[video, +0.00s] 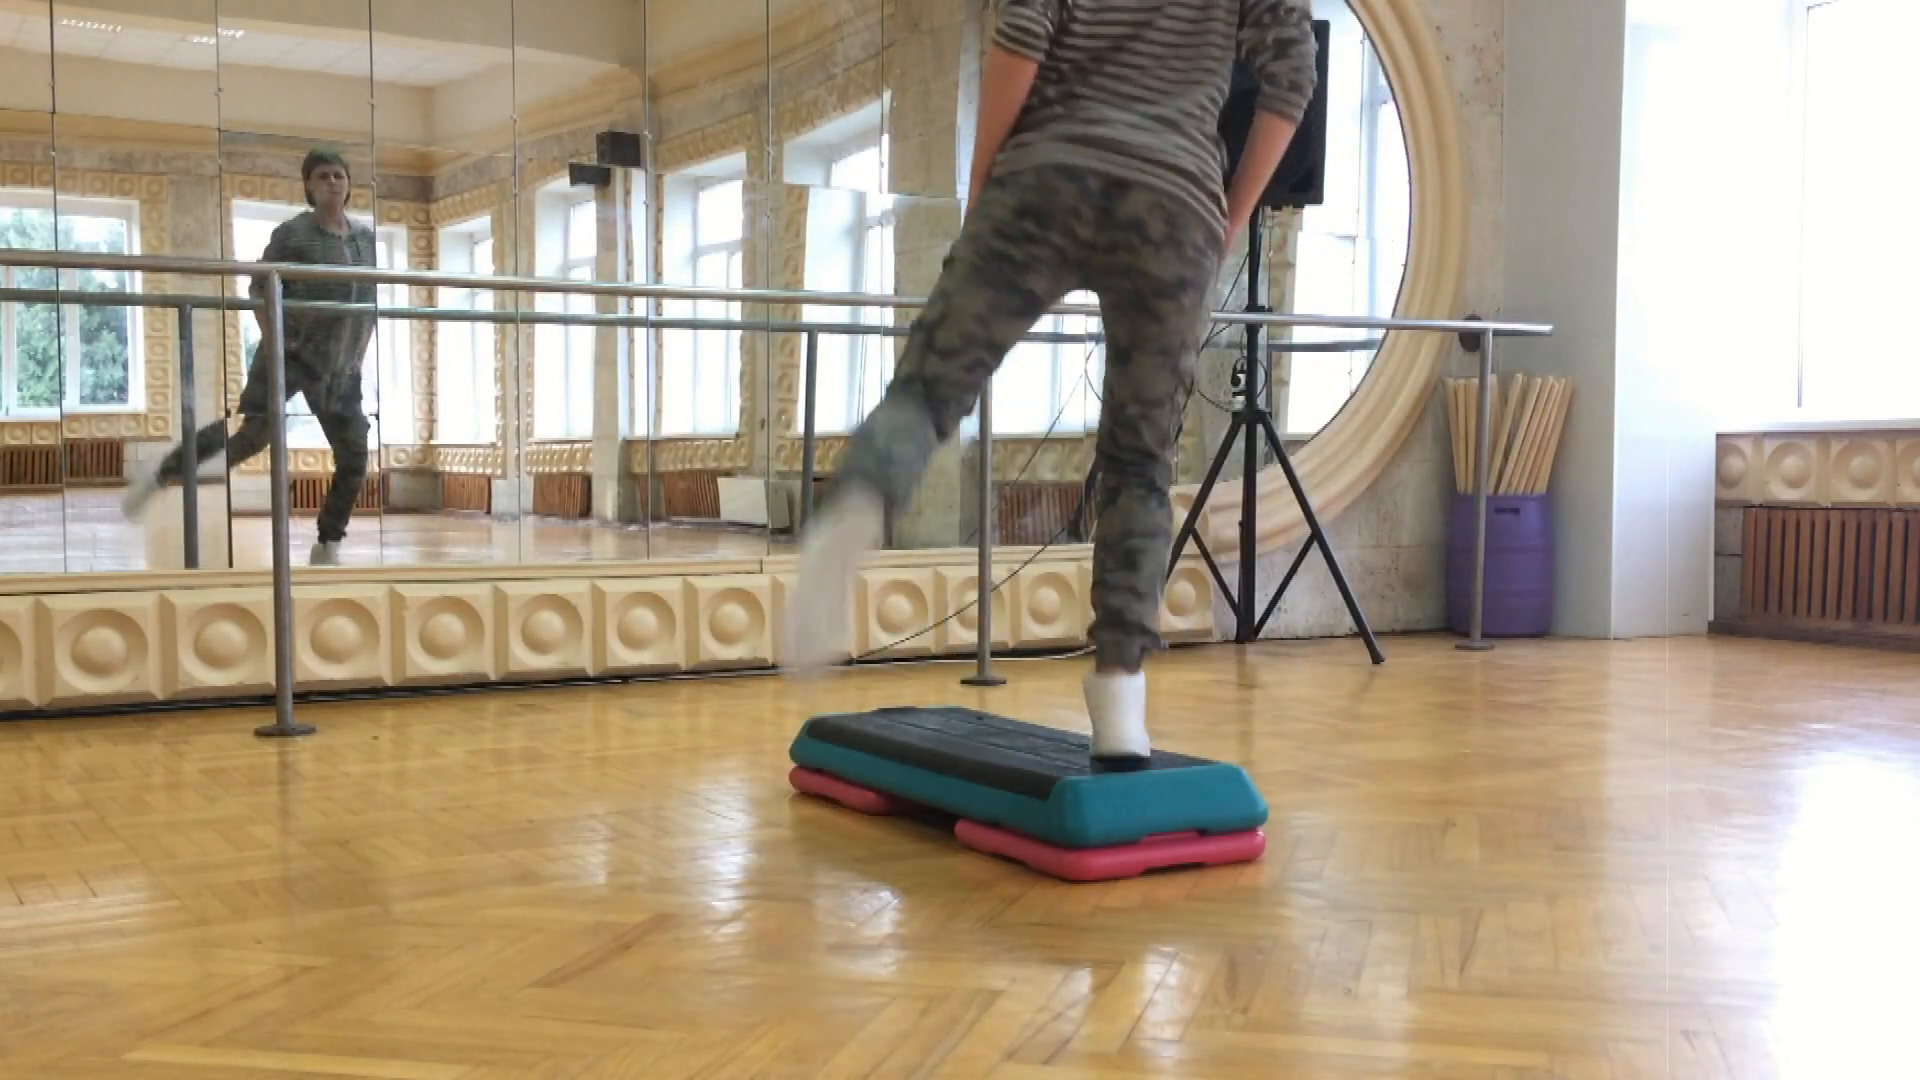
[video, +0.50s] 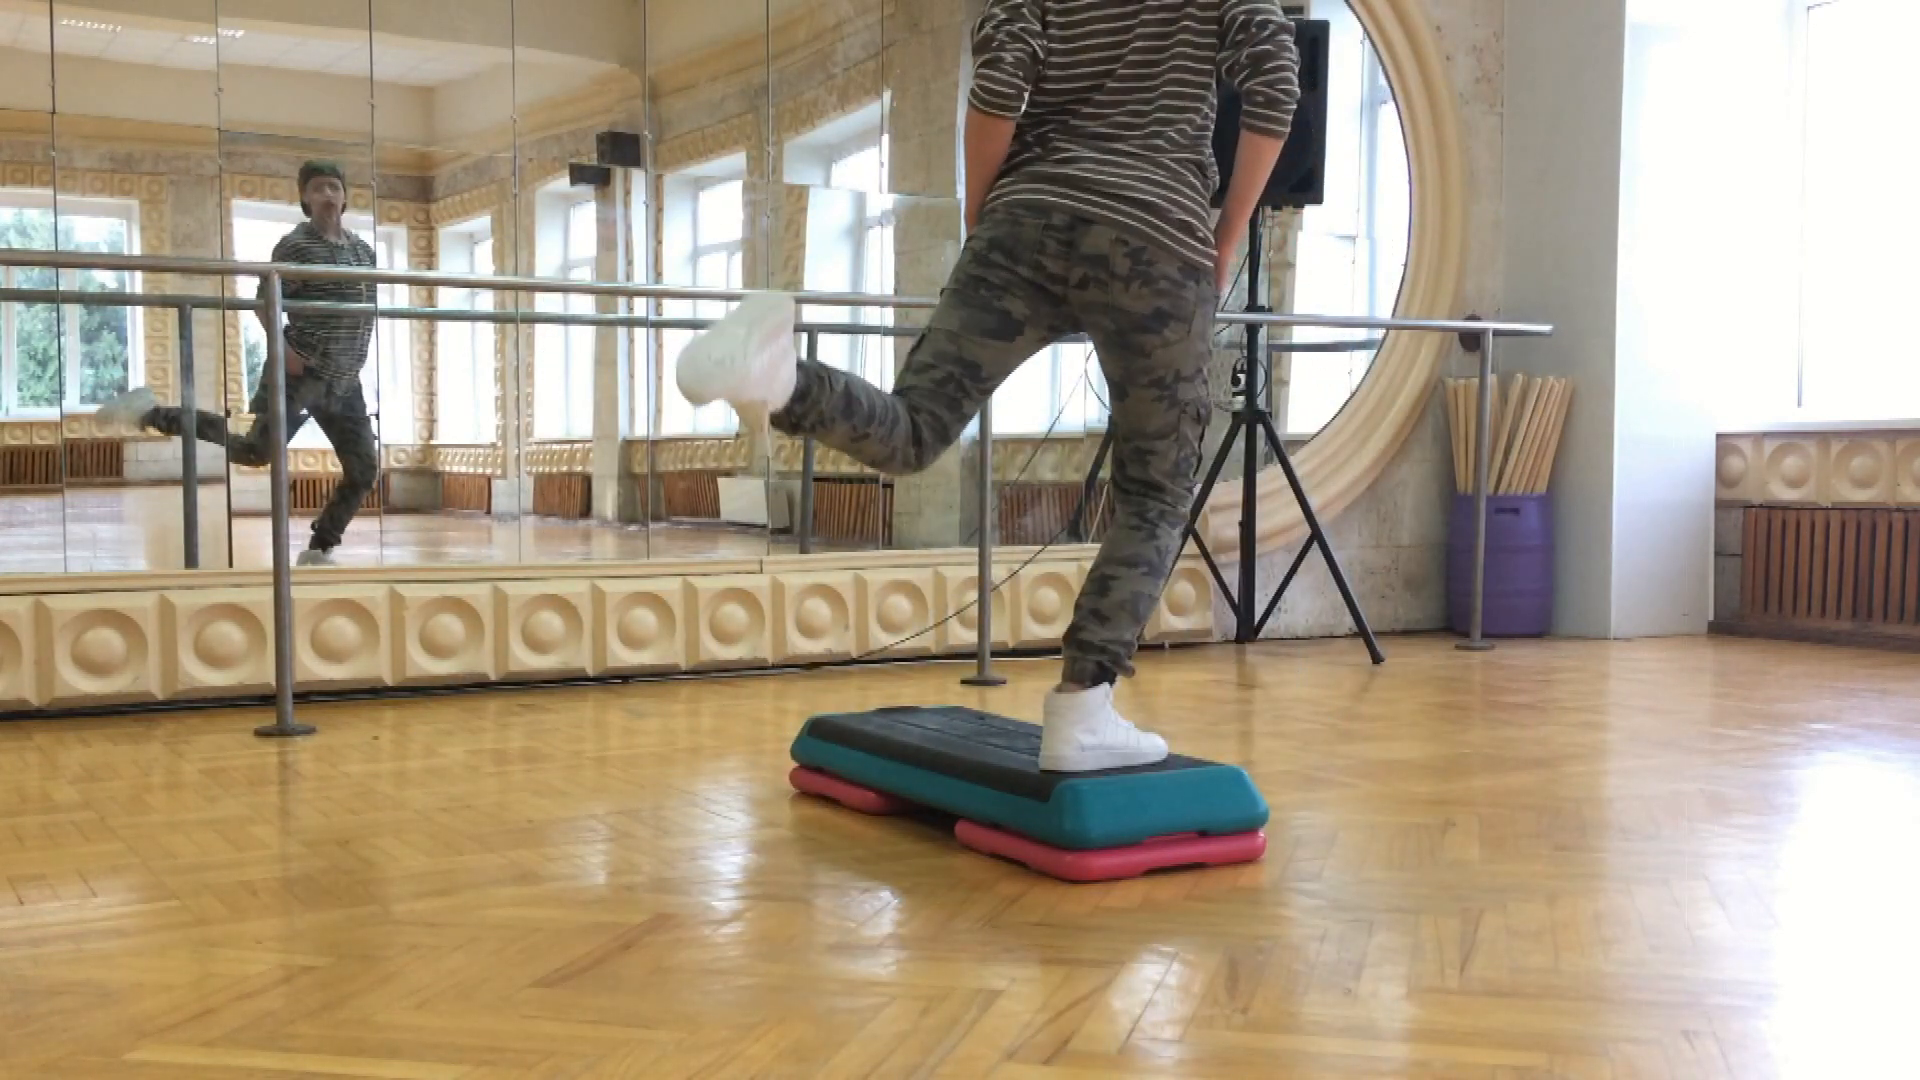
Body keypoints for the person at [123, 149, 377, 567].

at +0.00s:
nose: (333, 183)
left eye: (339, 177)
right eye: (323, 177)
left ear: (350, 187)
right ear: (307, 187)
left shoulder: (364, 240)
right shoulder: (292, 234)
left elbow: (370, 306)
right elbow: (258, 284)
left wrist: (357, 355)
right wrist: (275, 342)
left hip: (338, 367)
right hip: (286, 358)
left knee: (354, 461)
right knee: (248, 442)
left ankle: (327, 549)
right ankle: (158, 477)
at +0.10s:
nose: (332, 183)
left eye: (338, 177)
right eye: (323, 177)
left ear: (349, 186)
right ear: (307, 187)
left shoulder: (363, 237)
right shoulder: (293, 233)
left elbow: (361, 298)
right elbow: (257, 288)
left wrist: (350, 342)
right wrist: (277, 333)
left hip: (340, 366)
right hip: (289, 356)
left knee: (363, 456)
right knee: (245, 434)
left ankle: (319, 544)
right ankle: (151, 414)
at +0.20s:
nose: (328, 193)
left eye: (335, 187)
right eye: (318, 188)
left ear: (346, 199)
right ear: (304, 199)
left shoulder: (364, 253)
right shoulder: (292, 246)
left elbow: (365, 317)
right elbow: (263, 302)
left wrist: (355, 365)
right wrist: (280, 350)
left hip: (342, 382)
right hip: (291, 371)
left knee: (361, 470)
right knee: (239, 437)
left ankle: (318, 553)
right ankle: (139, 392)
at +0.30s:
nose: (327, 195)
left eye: (334, 188)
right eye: (318, 189)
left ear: (345, 200)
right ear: (304, 200)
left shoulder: (364, 253)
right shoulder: (294, 247)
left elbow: (366, 314)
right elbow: (263, 303)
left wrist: (355, 362)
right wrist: (281, 351)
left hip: (342, 382)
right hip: (292, 372)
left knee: (365, 469)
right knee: (242, 442)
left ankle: (319, 552)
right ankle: (143, 395)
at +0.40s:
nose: (328, 195)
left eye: (334, 188)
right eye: (318, 190)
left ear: (345, 199)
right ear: (304, 201)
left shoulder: (364, 253)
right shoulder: (293, 247)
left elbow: (364, 315)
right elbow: (264, 303)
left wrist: (352, 362)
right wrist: (283, 350)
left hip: (341, 381)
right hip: (292, 372)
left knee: (364, 469)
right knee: (246, 444)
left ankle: (319, 551)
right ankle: (147, 405)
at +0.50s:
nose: (329, 195)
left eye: (335, 187)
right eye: (319, 189)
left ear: (346, 197)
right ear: (304, 199)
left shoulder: (363, 252)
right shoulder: (294, 247)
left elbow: (361, 314)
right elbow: (263, 303)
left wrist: (352, 360)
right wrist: (283, 349)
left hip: (343, 383)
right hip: (296, 374)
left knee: (363, 471)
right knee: (256, 450)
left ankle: (319, 551)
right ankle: (152, 414)